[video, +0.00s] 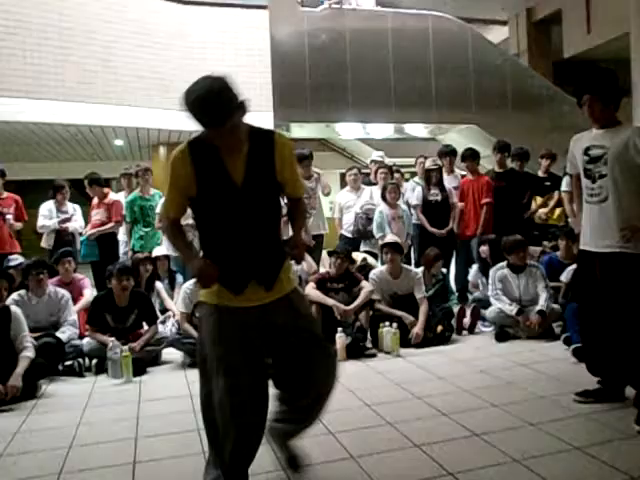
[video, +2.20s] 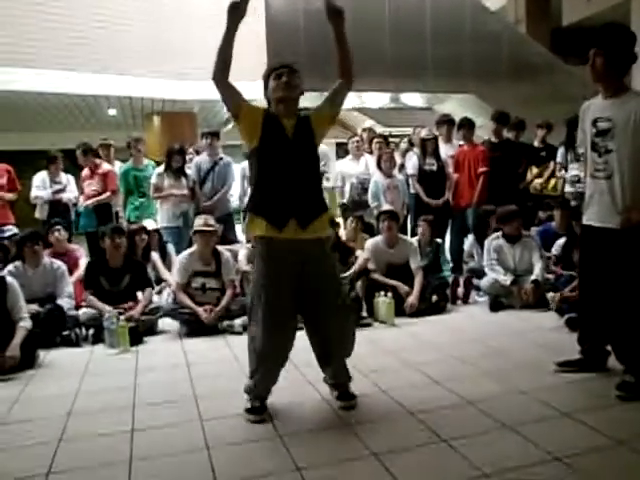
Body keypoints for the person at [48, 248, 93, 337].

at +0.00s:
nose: (66, 266)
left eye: (69, 262)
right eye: (62, 263)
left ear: (74, 265)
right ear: (57, 267)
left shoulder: (82, 280)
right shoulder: (51, 284)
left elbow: (88, 297)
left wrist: (73, 311)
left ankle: (81, 333)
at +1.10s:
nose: (76, 265)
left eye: (78, 261)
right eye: (72, 262)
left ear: (82, 262)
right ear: (66, 266)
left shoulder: (92, 279)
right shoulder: (62, 282)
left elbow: (97, 296)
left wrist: (82, 308)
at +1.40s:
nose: (72, 257)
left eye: (75, 252)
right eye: (68, 254)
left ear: (80, 255)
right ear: (63, 258)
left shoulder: (88, 271)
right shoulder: (57, 274)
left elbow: (94, 287)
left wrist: (78, 300)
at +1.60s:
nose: (61, 256)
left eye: (64, 252)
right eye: (57, 254)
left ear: (69, 254)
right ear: (52, 258)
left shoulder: (78, 270)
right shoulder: (47, 274)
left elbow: (84, 286)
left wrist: (68, 301)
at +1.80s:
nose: (55, 235)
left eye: (58, 231)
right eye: (51, 232)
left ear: (63, 232)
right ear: (45, 234)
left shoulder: (72, 248)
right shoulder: (41, 252)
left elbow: (76, 265)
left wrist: (63, 277)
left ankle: (73, 302)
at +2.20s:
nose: (56, 235)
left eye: (59, 231)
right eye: (53, 232)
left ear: (67, 235)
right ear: (49, 238)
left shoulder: (77, 251)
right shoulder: (46, 255)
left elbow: (81, 269)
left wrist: (69, 282)